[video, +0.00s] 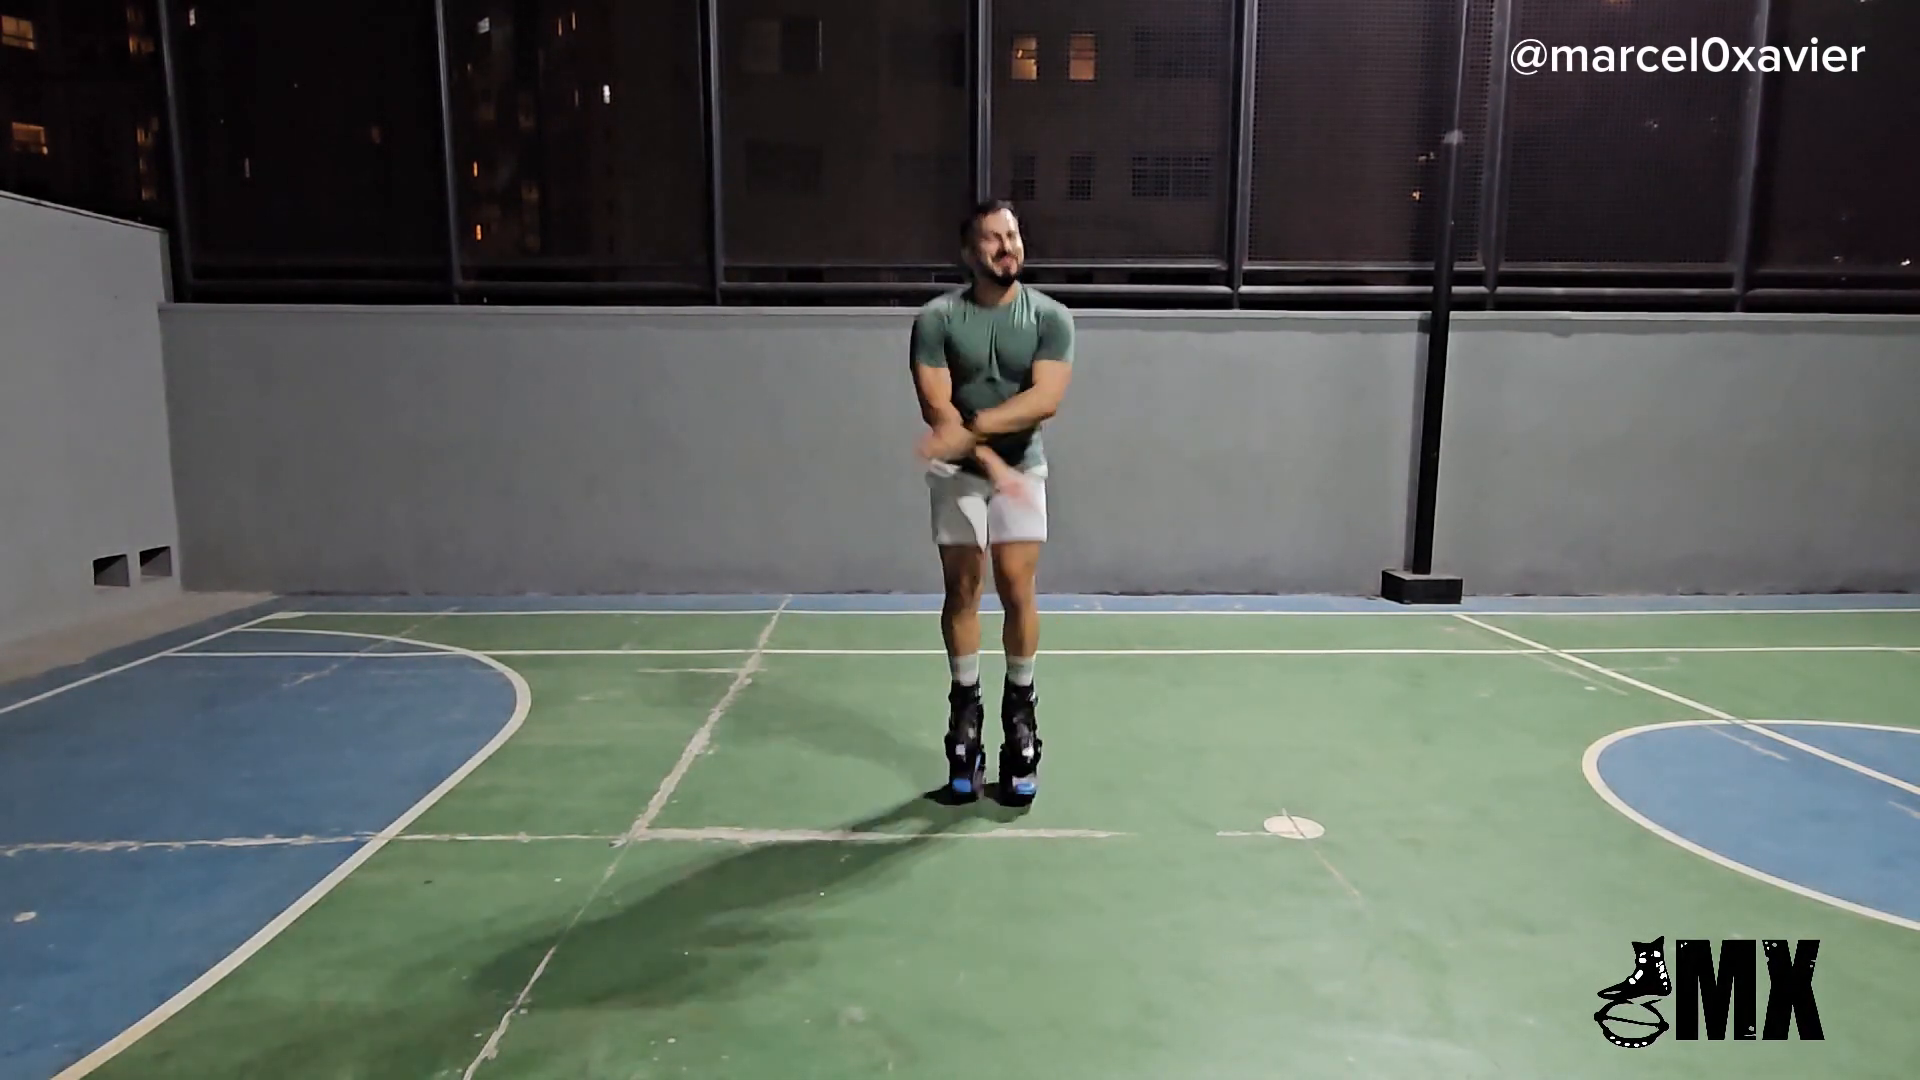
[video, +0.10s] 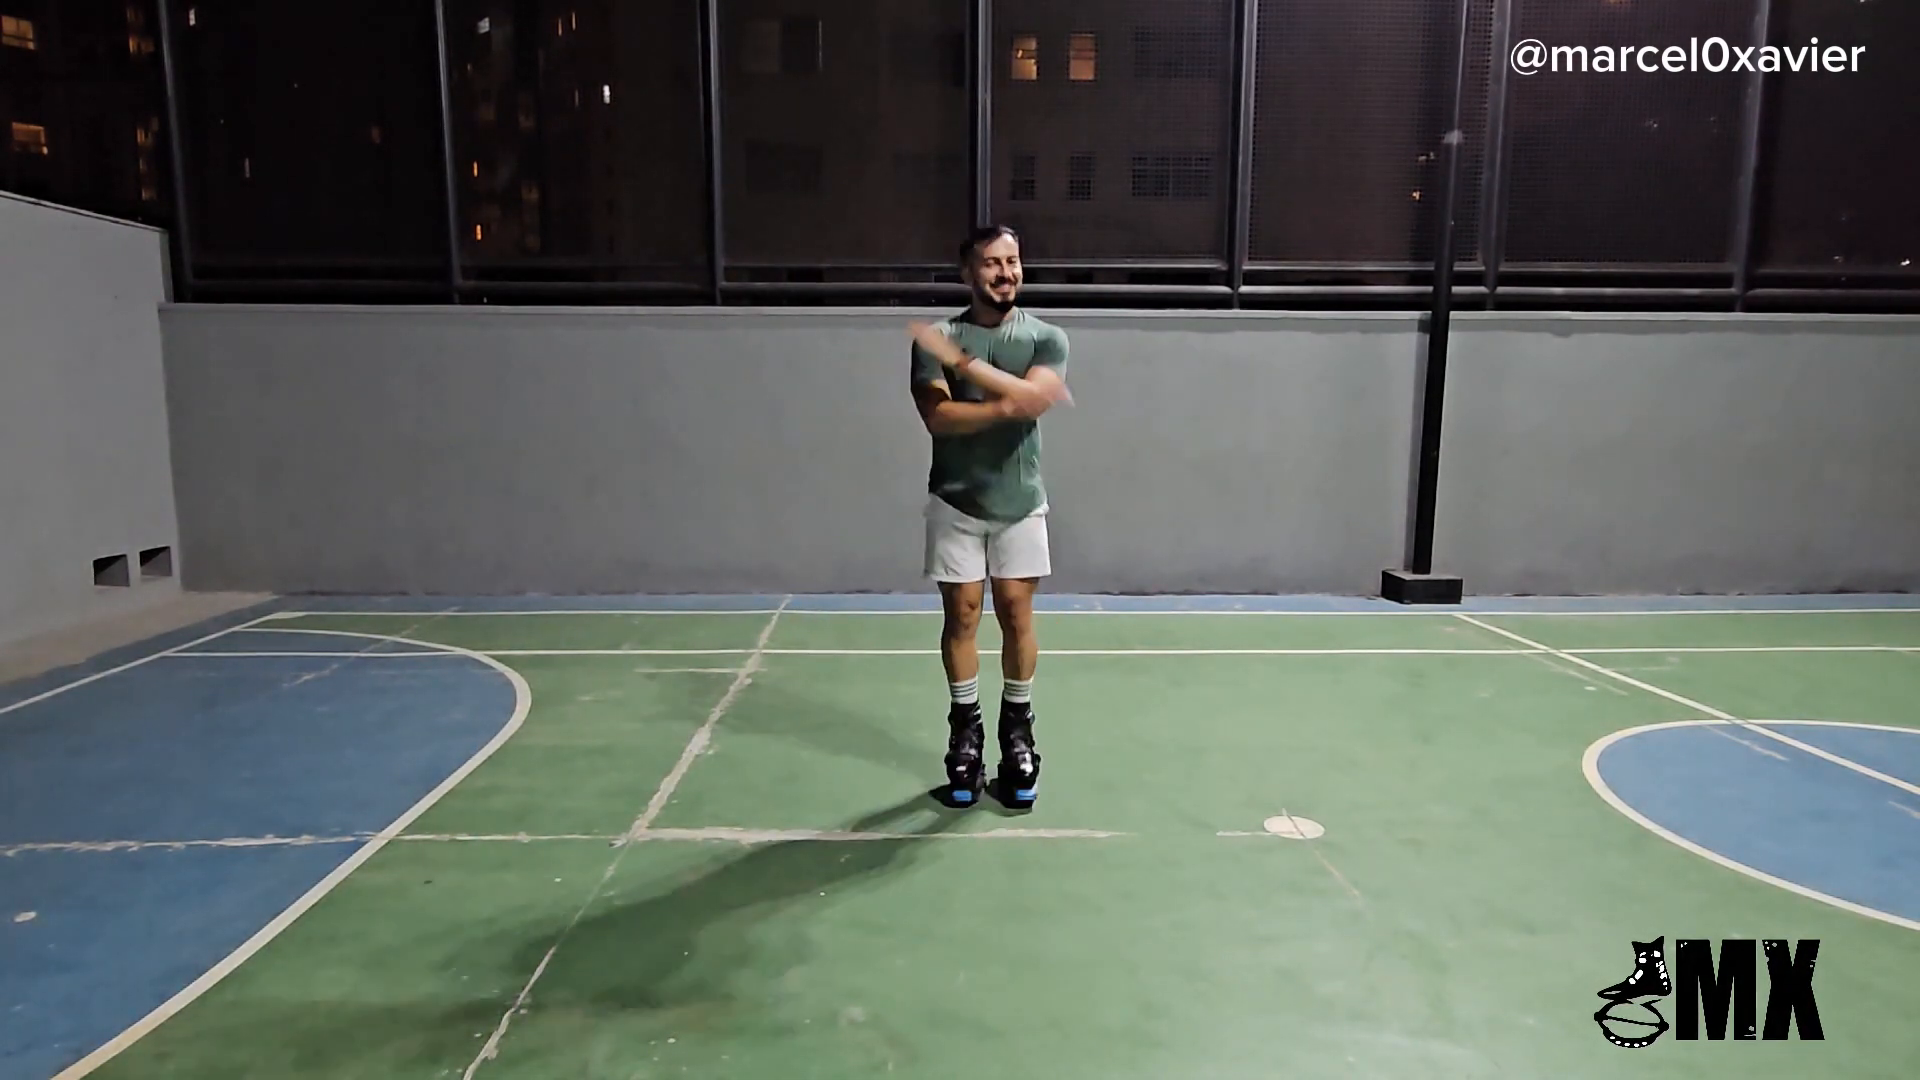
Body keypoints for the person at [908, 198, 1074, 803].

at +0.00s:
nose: (1007, 247)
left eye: (1012, 236)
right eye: (993, 239)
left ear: (1023, 244)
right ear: (970, 252)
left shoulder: (1050, 318)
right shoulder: (937, 320)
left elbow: (1045, 400)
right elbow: (941, 413)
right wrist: (994, 464)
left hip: (1022, 465)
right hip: (957, 465)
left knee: (1016, 585)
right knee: (963, 586)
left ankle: (1020, 718)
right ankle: (965, 719)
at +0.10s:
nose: (1004, 272)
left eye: (1011, 262)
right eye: (991, 263)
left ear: (1022, 270)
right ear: (969, 273)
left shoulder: (1046, 339)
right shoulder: (937, 340)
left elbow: (1032, 400)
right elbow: (937, 418)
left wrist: (957, 358)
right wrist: (1013, 405)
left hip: (1018, 500)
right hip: (955, 499)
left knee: (1014, 608)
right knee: (962, 613)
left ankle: (1017, 736)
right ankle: (965, 739)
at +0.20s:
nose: (994, 238)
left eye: (1003, 226)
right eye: (983, 228)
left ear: (1016, 229)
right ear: (964, 232)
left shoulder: (1045, 296)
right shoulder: (928, 297)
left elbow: (1068, 377)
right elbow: (907, 380)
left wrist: (1029, 342)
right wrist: (942, 369)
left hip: (1017, 462)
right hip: (951, 463)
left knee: (1017, 576)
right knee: (955, 578)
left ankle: (1021, 706)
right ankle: (959, 714)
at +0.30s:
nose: (984, 229)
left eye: (994, 217)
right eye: (973, 218)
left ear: (1008, 211)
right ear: (955, 216)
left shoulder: (1042, 278)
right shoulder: (920, 281)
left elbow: (1080, 353)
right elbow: (885, 351)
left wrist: (1104, 384)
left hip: (1016, 440)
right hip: (947, 441)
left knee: (1025, 559)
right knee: (941, 559)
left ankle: (1033, 680)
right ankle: (938, 688)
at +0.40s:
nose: (979, 247)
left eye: (988, 235)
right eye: (967, 236)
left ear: (1004, 227)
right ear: (950, 232)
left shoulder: (1037, 293)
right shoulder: (916, 300)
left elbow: (1087, 374)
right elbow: (865, 379)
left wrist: (1139, 436)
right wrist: (812, 444)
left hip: (1017, 451)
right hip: (944, 454)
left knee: (1036, 568)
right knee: (927, 570)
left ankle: (1050, 689)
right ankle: (909, 699)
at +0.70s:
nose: (980, 253)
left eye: (990, 241)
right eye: (969, 242)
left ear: (1006, 233)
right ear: (950, 235)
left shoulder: (1036, 292)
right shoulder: (912, 294)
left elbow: (1092, 362)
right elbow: (857, 361)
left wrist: (1134, 403)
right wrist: (815, 420)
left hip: (1010, 453)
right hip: (939, 453)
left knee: (1032, 573)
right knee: (923, 573)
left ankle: (1047, 698)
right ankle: (902, 707)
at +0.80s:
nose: (981, 250)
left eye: (991, 238)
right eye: (970, 239)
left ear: (1007, 226)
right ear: (950, 230)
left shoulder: (1035, 286)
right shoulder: (914, 289)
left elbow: (1075, 364)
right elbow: (884, 374)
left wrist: (1054, 419)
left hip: (1012, 440)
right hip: (938, 443)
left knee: (1020, 559)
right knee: (934, 559)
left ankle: (1025, 688)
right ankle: (927, 693)